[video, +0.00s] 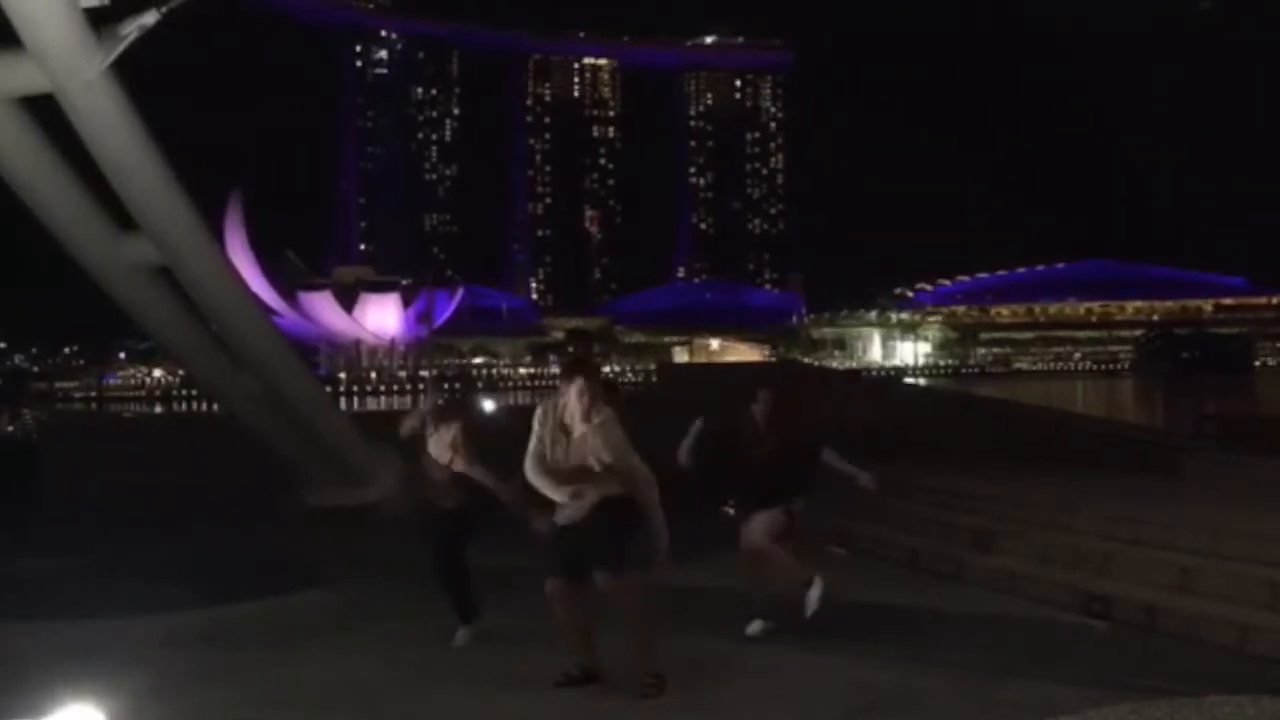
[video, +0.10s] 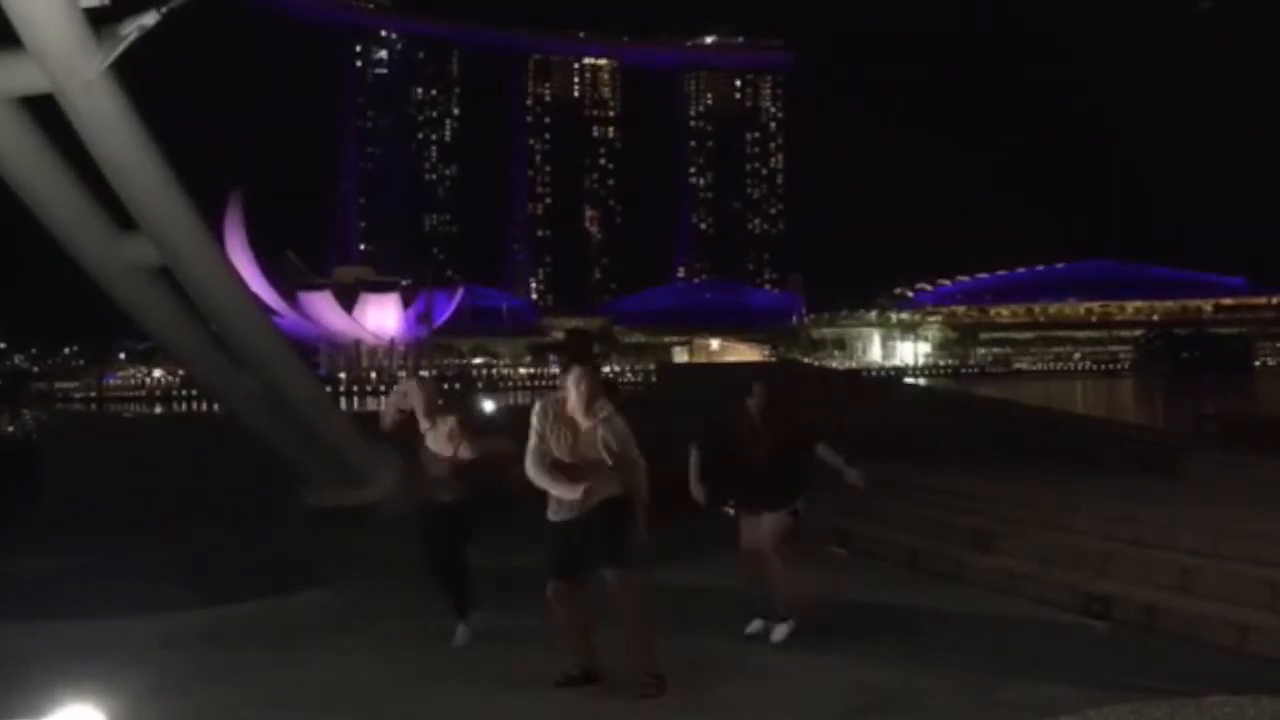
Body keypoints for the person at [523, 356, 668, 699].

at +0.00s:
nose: (585, 400)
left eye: (590, 392)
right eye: (579, 392)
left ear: (599, 393)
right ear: (564, 390)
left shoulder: (605, 418)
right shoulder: (547, 413)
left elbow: (625, 465)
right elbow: (532, 466)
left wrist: (593, 419)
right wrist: (561, 495)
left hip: (614, 504)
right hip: (571, 511)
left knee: (620, 582)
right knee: (560, 586)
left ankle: (646, 669)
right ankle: (584, 664)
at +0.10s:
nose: (583, 388)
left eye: (587, 381)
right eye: (577, 381)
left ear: (597, 383)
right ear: (564, 384)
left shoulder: (607, 417)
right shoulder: (545, 411)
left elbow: (633, 464)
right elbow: (533, 466)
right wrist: (568, 490)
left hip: (609, 509)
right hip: (565, 513)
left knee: (623, 584)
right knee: (561, 590)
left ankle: (645, 669)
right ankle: (584, 665)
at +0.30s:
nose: (573, 385)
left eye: (580, 378)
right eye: (568, 378)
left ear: (594, 383)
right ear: (560, 382)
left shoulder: (607, 423)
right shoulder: (547, 414)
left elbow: (624, 468)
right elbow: (506, 449)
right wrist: (554, 466)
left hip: (601, 500)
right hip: (563, 512)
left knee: (608, 536)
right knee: (560, 590)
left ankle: (624, 621)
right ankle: (584, 665)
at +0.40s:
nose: (565, 380)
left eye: (573, 373)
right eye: (561, 372)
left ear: (590, 377)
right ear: (554, 375)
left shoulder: (605, 419)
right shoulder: (544, 411)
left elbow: (622, 467)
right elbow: (506, 452)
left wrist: (635, 510)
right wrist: (556, 459)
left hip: (599, 516)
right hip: (556, 521)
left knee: (609, 585)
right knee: (555, 596)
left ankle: (620, 664)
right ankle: (584, 664)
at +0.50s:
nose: (552, 384)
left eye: (559, 376)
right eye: (548, 376)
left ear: (582, 378)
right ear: (544, 380)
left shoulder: (604, 417)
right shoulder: (537, 419)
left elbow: (622, 466)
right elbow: (517, 473)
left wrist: (623, 512)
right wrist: (560, 466)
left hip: (590, 520)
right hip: (544, 522)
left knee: (598, 591)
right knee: (526, 589)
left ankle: (618, 662)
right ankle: (557, 648)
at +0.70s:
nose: (516, 398)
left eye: (523, 390)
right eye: (513, 390)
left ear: (547, 390)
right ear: (513, 393)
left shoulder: (574, 424)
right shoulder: (513, 436)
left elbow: (600, 452)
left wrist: (598, 504)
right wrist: (506, 433)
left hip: (576, 527)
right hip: (526, 531)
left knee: (608, 589)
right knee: (483, 595)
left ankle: (603, 670)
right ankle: (458, 669)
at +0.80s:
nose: (514, 402)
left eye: (522, 394)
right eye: (511, 395)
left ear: (541, 396)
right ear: (507, 398)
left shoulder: (567, 431)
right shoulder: (498, 433)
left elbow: (591, 466)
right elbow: (462, 448)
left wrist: (595, 511)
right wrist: (520, 452)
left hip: (569, 536)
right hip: (517, 540)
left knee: (607, 593)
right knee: (479, 603)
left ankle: (594, 670)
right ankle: (456, 669)